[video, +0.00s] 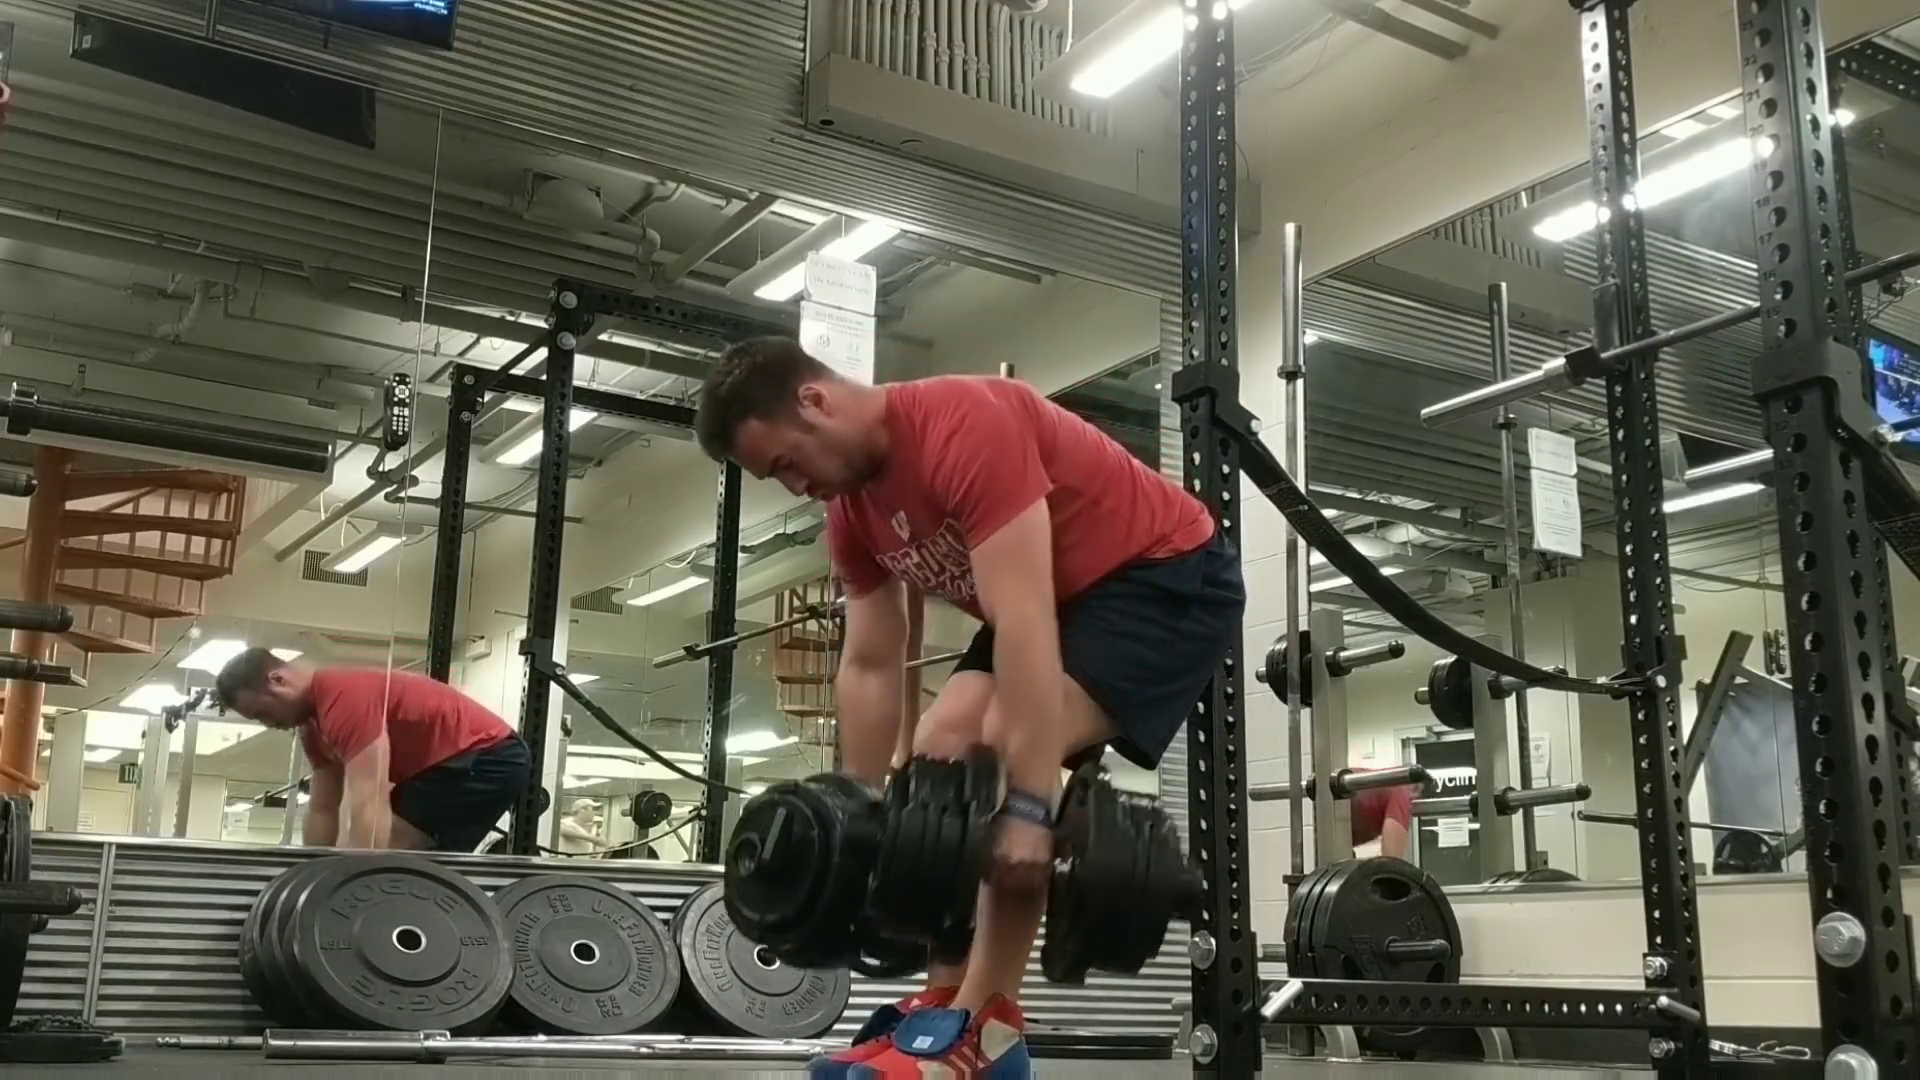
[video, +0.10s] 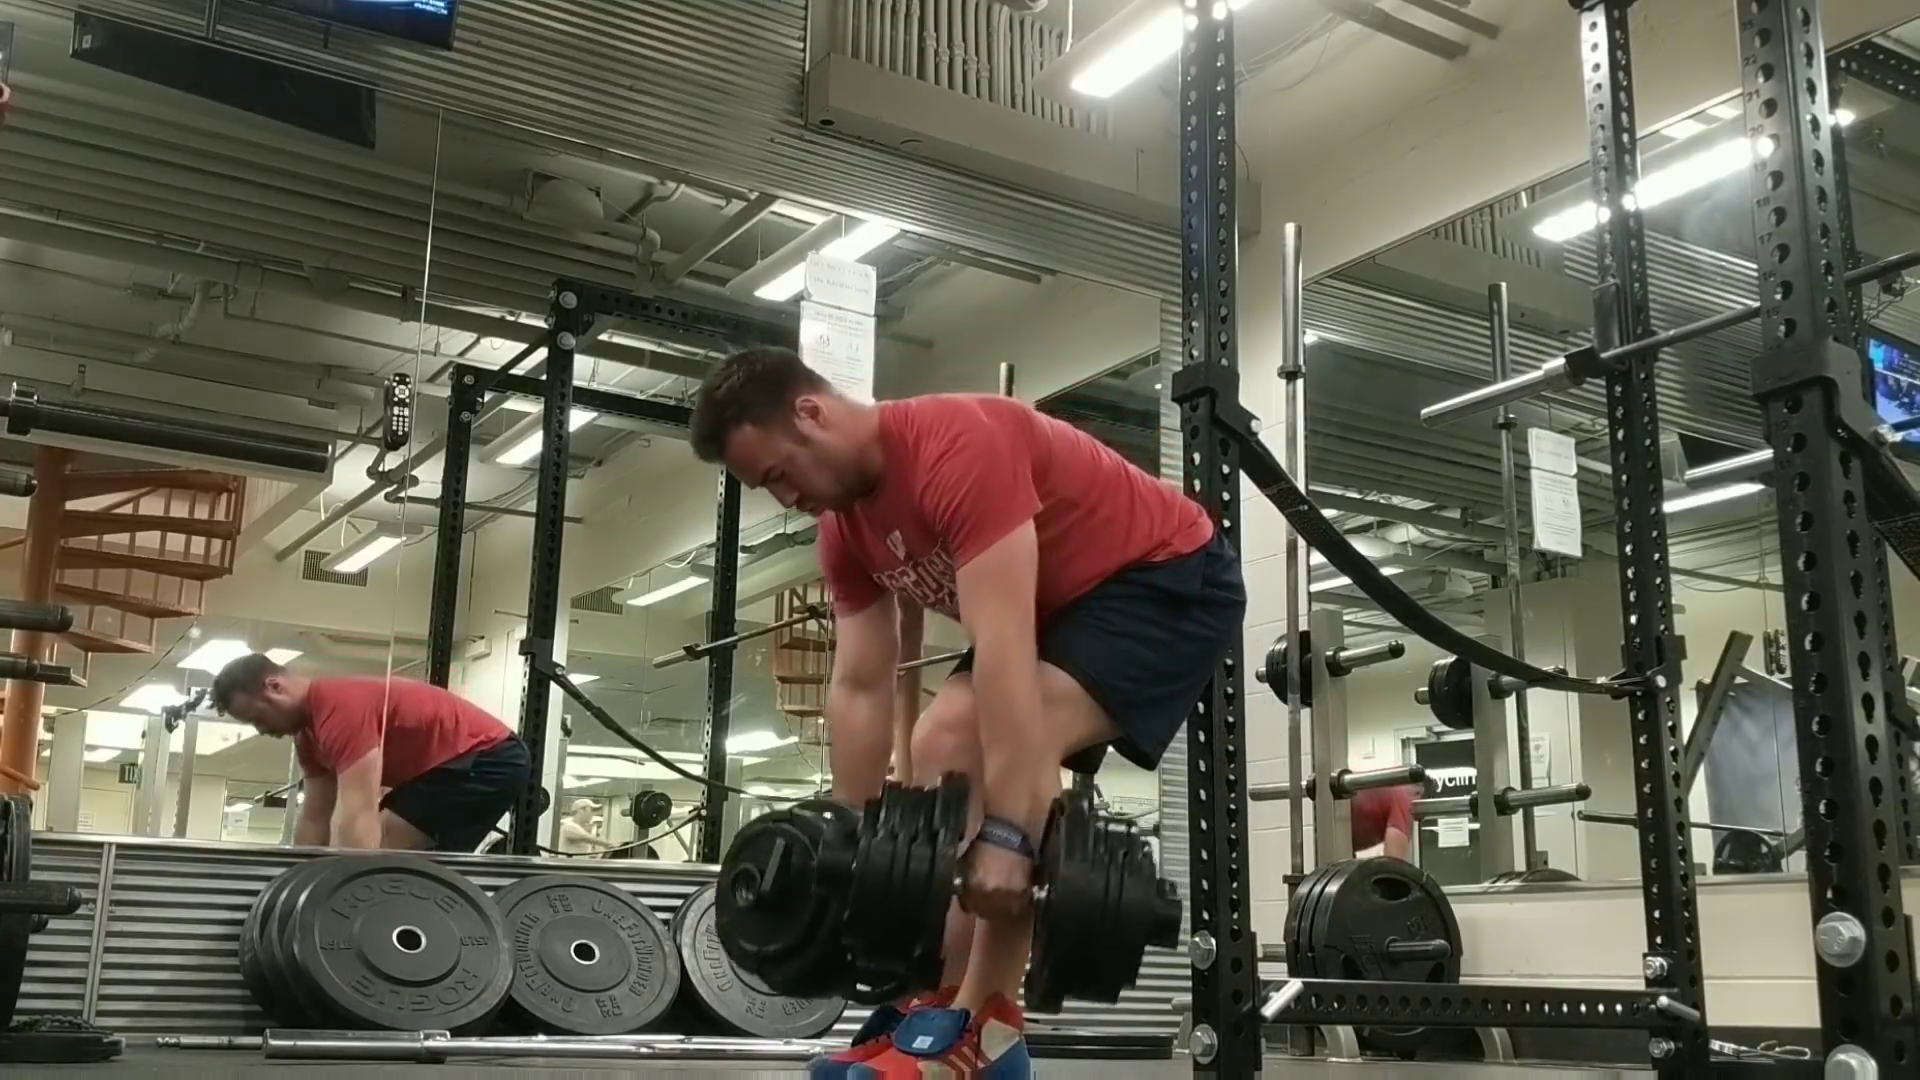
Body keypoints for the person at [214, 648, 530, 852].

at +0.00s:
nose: (268, 725)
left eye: (261, 714)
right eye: (258, 720)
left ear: (277, 681)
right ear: (278, 681)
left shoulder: (346, 696)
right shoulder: (314, 725)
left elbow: (366, 813)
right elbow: (323, 811)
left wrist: (342, 901)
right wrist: (304, 890)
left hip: (488, 758)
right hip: (453, 768)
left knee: (382, 848)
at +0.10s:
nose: (261, 731)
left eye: (255, 718)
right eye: (251, 724)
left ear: (273, 687)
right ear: (273, 686)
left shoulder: (341, 707)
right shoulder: (308, 734)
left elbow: (359, 817)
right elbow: (315, 819)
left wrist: (346, 914)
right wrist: (298, 901)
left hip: (488, 759)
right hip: (451, 769)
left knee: (379, 839)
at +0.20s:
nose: (255, 737)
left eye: (251, 724)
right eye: (246, 730)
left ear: (273, 694)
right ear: (273, 694)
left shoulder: (337, 715)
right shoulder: (306, 741)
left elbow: (354, 827)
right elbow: (308, 830)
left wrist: (341, 923)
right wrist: (297, 912)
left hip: (488, 761)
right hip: (454, 770)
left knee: (378, 841)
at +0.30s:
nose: (252, 742)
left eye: (249, 730)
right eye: (244, 735)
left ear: (272, 699)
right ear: (271, 701)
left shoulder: (335, 722)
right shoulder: (304, 748)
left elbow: (351, 832)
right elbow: (302, 838)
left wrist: (329, 924)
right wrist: (280, 910)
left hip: (489, 761)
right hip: (456, 770)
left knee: (375, 842)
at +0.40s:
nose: (251, 744)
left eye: (249, 731)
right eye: (243, 737)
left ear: (272, 702)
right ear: (271, 703)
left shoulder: (335, 725)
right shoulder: (305, 751)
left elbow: (349, 836)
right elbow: (300, 839)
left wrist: (329, 928)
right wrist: (275, 911)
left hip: (489, 761)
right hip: (460, 769)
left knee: (378, 842)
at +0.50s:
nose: (252, 741)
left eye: (249, 729)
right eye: (244, 735)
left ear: (273, 700)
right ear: (273, 703)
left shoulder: (335, 723)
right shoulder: (305, 748)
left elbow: (351, 834)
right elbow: (301, 840)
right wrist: (274, 910)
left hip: (489, 760)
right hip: (460, 768)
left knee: (380, 839)